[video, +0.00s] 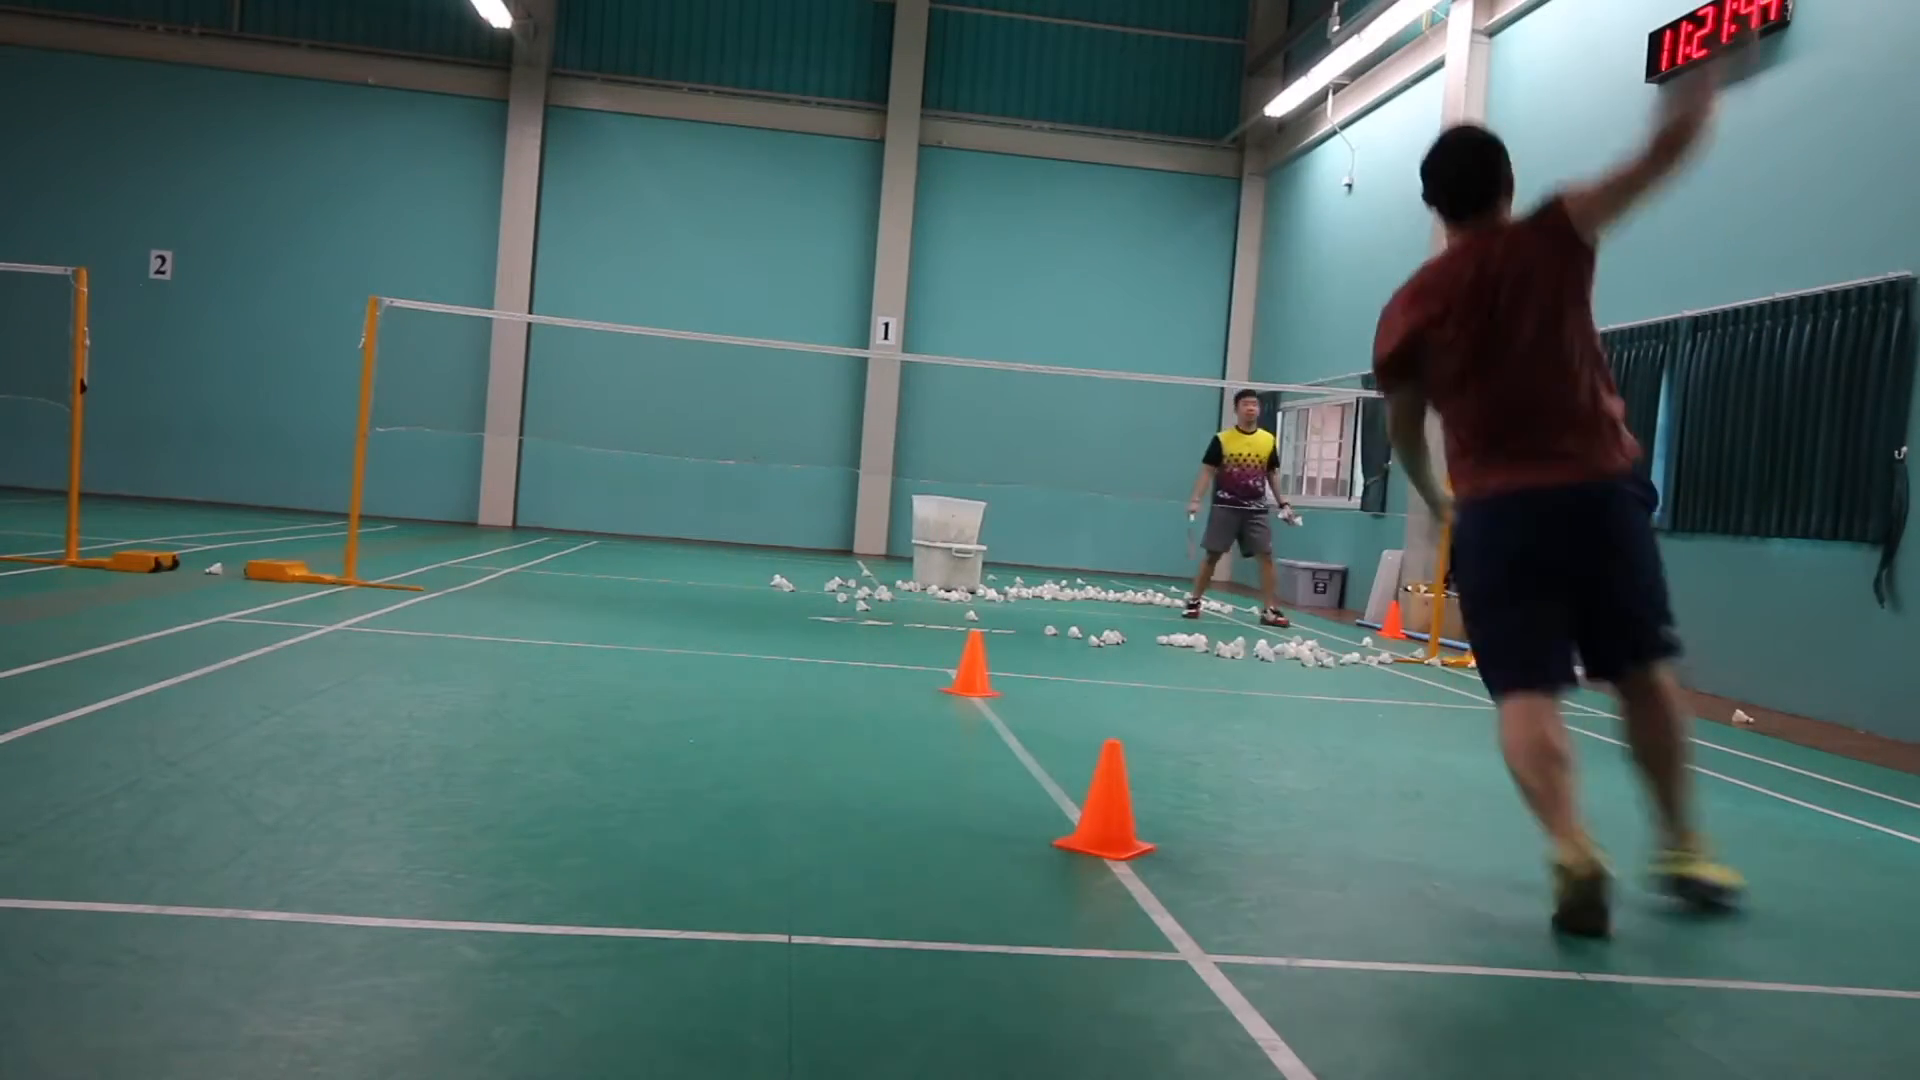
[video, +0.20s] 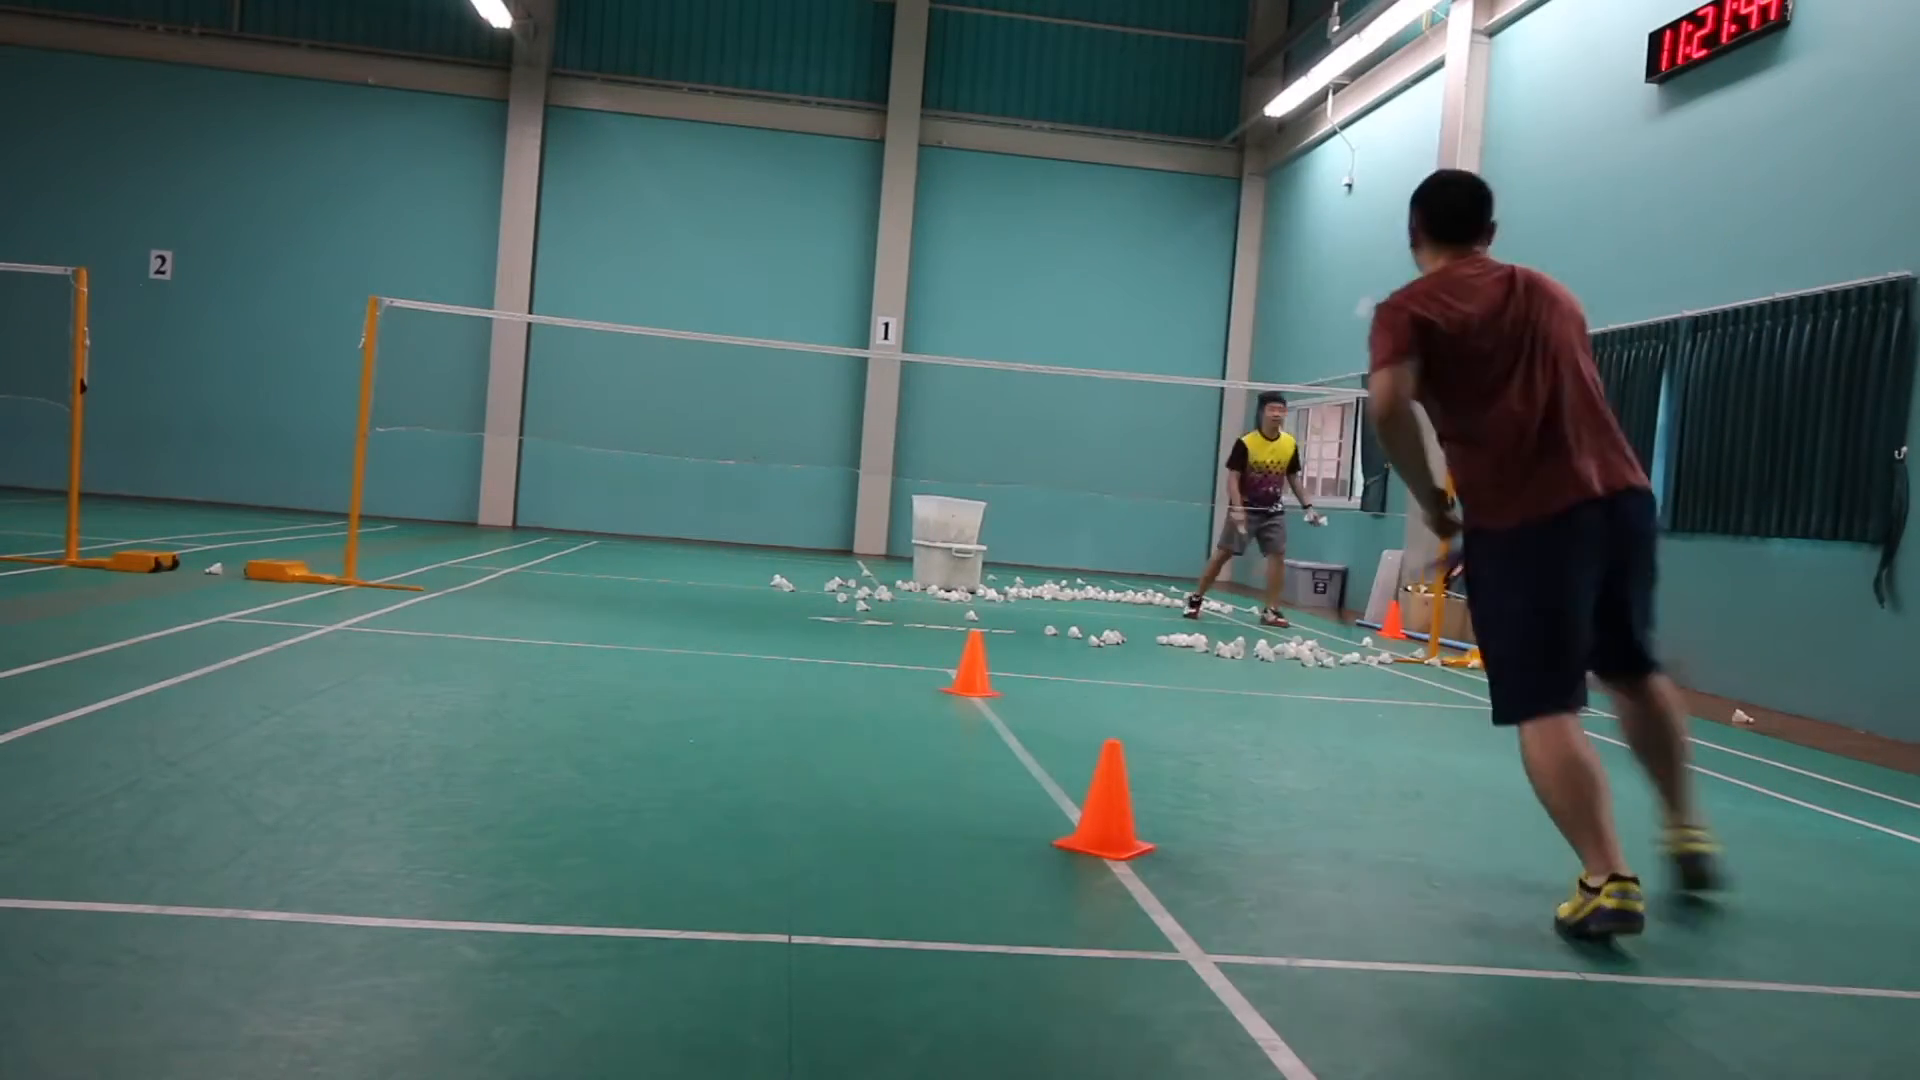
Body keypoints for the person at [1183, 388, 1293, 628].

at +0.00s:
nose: (1251, 409)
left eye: (1254, 405)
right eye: (1246, 404)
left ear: (1259, 410)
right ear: (1236, 409)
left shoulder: (1268, 441)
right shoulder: (1222, 439)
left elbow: (1272, 474)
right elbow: (1207, 471)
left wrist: (1281, 502)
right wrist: (1195, 499)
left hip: (1256, 509)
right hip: (1226, 507)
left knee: (1266, 556)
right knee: (1213, 556)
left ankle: (1270, 609)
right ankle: (1195, 600)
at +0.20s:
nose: (1277, 415)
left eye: (1281, 411)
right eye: (1272, 410)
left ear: (1285, 415)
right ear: (1262, 413)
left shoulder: (1289, 444)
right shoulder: (1246, 443)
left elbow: (1293, 478)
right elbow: (1233, 478)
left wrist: (1308, 507)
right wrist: (1237, 510)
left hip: (1273, 512)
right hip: (1245, 509)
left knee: (1278, 557)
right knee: (1223, 554)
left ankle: (1271, 609)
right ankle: (1197, 597)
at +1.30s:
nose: (1268, 414)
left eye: (1272, 410)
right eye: (1263, 409)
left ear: (1277, 415)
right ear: (1255, 413)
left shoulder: (1280, 445)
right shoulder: (1240, 441)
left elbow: (1281, 476)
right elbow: (1223, 468)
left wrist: (1299, 501)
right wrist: (1237, 495)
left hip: (1259, 508)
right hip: (1234, 505)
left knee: (1261, 558)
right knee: (1235, 554)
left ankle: (1253, 607)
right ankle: (1226, 608)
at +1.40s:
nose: (1273, 411)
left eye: (1277, 407)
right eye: (1269, 406)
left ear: (1280, 413)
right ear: (1258, 409)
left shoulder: (1276, 441)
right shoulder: (1244, 429)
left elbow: (1274, 475)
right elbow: (1233, 434)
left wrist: (1292, 499)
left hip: (1257, 504)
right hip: (1232, 501)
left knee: (1261, 556)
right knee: (1235, 552)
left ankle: (1253, 605)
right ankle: (1227, 608)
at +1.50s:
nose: (1274, 406)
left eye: (1278, 403)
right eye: (1269, 402)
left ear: (1279, 410)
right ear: (1257, 405)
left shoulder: (1273, 440)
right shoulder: (1246, 426)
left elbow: (1265, 474)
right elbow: (1245, 404)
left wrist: (1283, 495)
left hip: (1257, 502)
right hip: (1233, 499)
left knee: (1260, 554)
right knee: (1238, 552)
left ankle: (1250, 603)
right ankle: (1226, 606)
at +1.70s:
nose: (1274, 408)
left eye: (1277, 404)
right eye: (1269, 404)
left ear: (1280, 411)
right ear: (1257, 409)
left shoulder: (1275, 445)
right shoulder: (1244, 431)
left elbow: (1268, 481)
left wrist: (1284, 506)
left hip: (1258, 505)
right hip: (1234, 502)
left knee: (1258, 556)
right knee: (1231, 553)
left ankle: (1244, 604)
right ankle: (1226, 605)